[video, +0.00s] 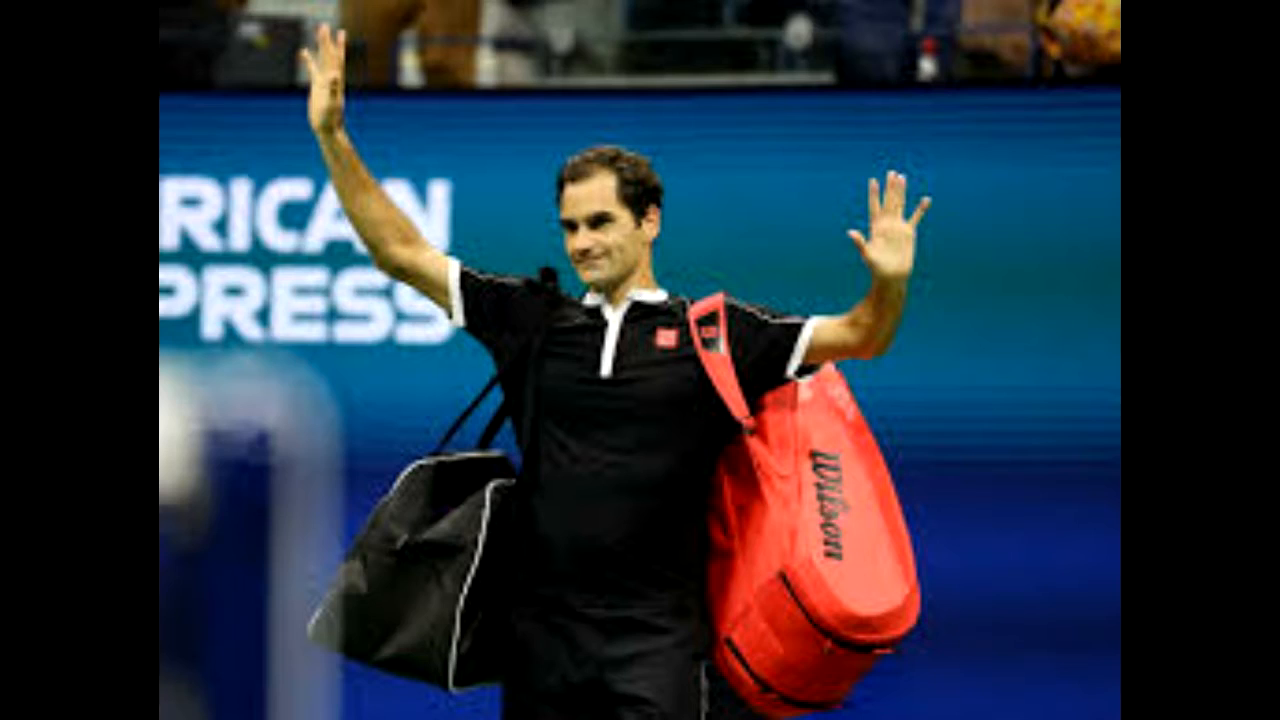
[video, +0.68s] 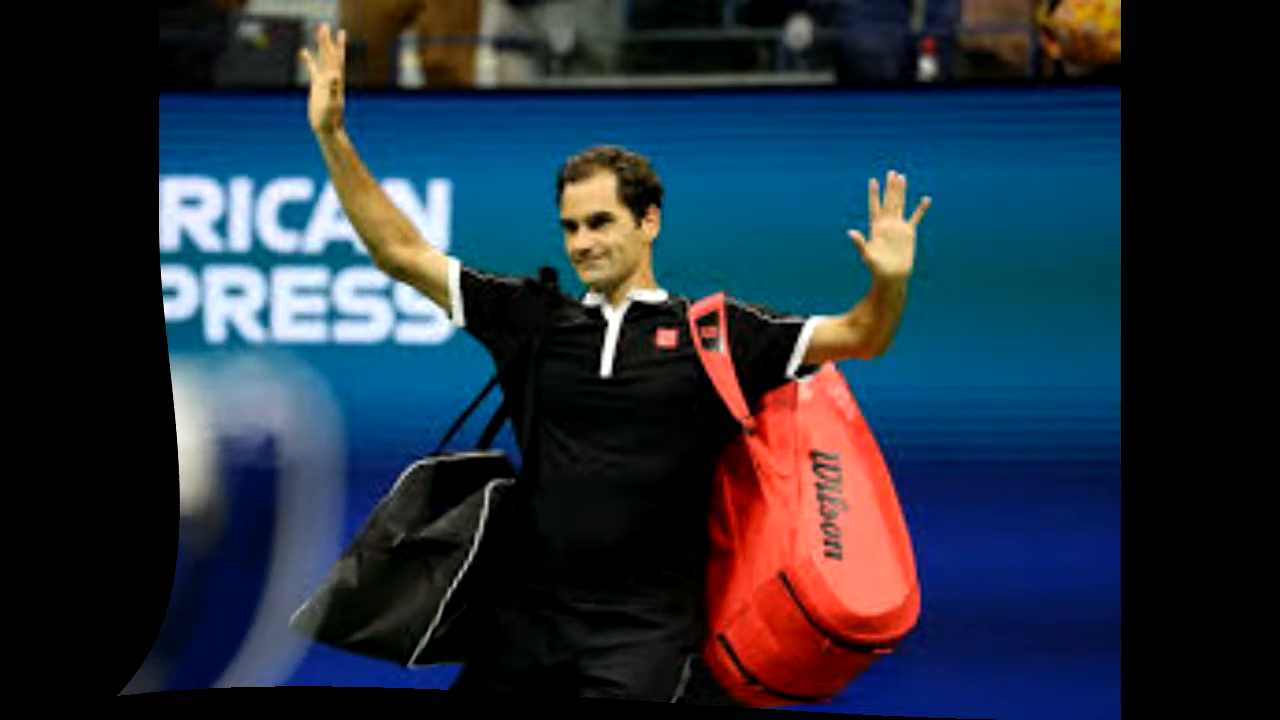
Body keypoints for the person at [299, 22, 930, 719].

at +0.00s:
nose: (581, 242)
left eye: (599, 224)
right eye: (570, 228)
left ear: (647, 225)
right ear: (560, 235)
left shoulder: (715, 329)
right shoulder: (528, 317)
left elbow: (861, 336)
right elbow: (398, 250)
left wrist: (890, 285)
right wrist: (328, 133)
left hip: (658, 627)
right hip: (544, 625)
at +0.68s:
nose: (581, 241)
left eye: (599, 223)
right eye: (570, 227)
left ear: (648, 223)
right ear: (561, 234)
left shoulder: (716, 331)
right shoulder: (531, 317)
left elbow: (859, 336)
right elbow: (399, 251)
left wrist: (890, 286)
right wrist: (330, 137)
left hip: (646, 624)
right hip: (530, 615)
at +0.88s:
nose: (583, 243)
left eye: (600, 225)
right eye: (571, 229)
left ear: (649, 224)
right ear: (562, 237)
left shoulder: (713, 330)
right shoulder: (537, 314)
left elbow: (862, 338)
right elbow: (418, 261)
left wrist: (890, 282)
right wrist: (338, 140)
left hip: (571, 576)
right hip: (472, 551)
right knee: (349, 606)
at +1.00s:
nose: (600, 253)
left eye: (615, 233)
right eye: (589, 238)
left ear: (659, 229)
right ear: (581, 243)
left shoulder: (713, 327)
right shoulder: (556, 324)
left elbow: (853, 332)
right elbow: (464, 287)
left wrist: (886, 285)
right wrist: (396, 171)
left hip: (523, 523)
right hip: (462, 487)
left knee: (352, 553)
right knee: (321, 553)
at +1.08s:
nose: (620, 262)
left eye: (635, 245)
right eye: (611, 249)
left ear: (674, 240)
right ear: (604, 251)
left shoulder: (712, 325)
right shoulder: (578, 331)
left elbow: (843, 326)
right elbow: (506, 308)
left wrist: (883, 275)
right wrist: (451, 190)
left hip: (511, 493)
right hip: (440, 487)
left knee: (309, 559)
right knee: (286, 559)